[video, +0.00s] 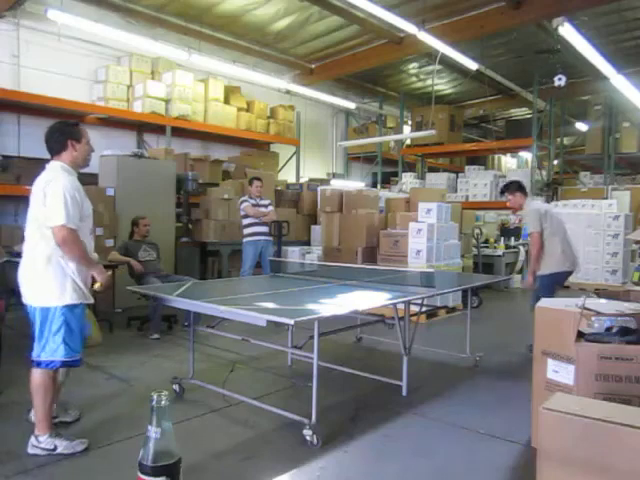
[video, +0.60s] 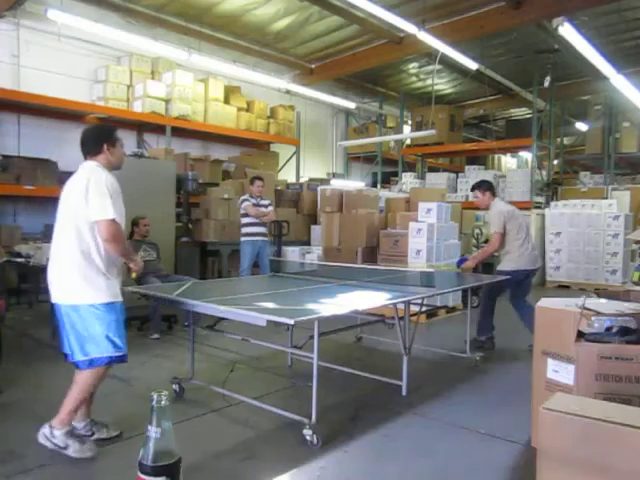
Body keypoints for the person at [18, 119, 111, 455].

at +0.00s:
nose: (90, 148)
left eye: (88, 143)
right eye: (86, 143)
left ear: (64, 146)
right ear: (71, 145)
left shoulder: (55, 177)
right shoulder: (60, 180)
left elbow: (64, 234)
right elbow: (64, 235)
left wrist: (95, 262)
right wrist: (95, 268)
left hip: (51, 286)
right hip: (53, 288)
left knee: (54, 353)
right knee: (49, 360)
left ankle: (44, 408)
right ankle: (43, 436)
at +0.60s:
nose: (124, 152)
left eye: (122, 145)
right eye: (120, 146)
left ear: (95, 149)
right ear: (106, 148)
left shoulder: (81, 177)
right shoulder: (99, 177)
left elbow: (89, 234)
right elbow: (110, 234)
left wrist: (127, 238)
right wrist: (131, 258)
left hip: (70, 285)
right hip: (89, 287)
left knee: (90, 357)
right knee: (103, 356)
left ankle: (82, 423)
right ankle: (57, 428)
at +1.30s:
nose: (120, 171)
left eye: (119, 165)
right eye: (117, 165)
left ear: (91, 169)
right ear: (104, 168)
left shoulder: (71, 199)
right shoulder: (109, 200)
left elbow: (68, 247)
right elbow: (131, 257)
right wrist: (142, 273)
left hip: (61, 292)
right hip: (94, 299)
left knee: (78, 337)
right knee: (125, 366)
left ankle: (45, 384)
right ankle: (102, 457)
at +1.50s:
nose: (105, 175)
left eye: (102, 170)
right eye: (100, 170)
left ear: (80, 175)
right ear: (85, 174)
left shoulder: (66, 200)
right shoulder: (81, 206)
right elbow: (81, 257)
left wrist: (107, 259)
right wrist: (108, 275)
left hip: (46, 287)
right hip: (65, 293)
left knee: (57, 345)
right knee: (83, 360)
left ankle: (30, 394)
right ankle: (91, 445)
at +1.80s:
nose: (93, 169)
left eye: (92, 164)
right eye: (89, 164)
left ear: (69, 166)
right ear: (73, 165)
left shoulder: (55, 189)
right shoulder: (65, 190)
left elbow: (55, 237)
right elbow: (62, 237)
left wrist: (82, 257)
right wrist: (84, 257)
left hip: (25, 278)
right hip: (41, 280)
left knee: (40, 342)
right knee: (52, 347)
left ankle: (32, 393)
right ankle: (39, 429)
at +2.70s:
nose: (84, 179)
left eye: (84, 174)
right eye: (81, 174)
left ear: (56, 174)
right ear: (65, 174)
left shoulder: (29, 197)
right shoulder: (67, 200)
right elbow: (94, 240)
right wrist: (121, 252)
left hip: (7, 282)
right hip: (32, 284)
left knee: (35, 345)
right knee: (42, 350)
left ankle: (30, 396)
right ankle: (32, 431)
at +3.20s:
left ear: (52, 171)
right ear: (70, 172)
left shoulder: (34, 196)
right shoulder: (67, 199)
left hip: (9, 280)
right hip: (35, 284)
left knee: (35, 346)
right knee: (44, 353)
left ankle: (26, 396)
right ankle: (40, 424)